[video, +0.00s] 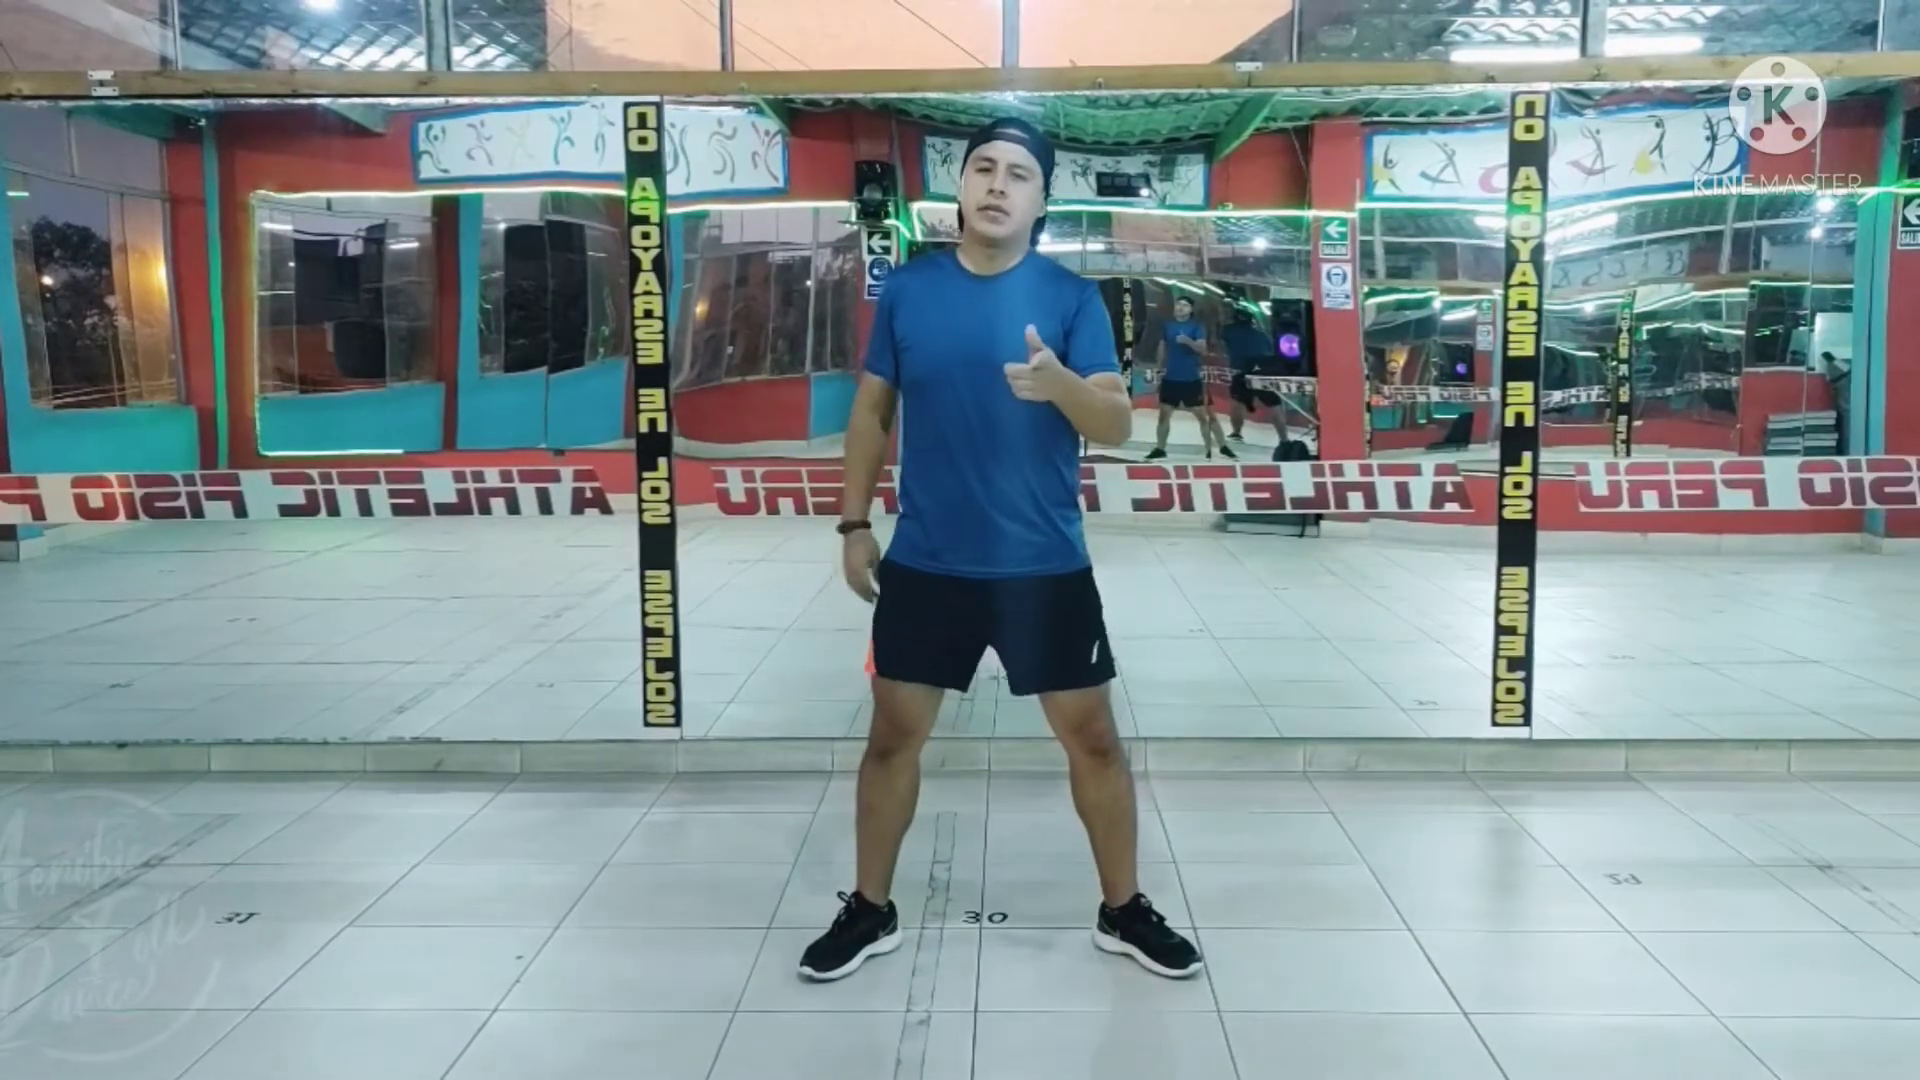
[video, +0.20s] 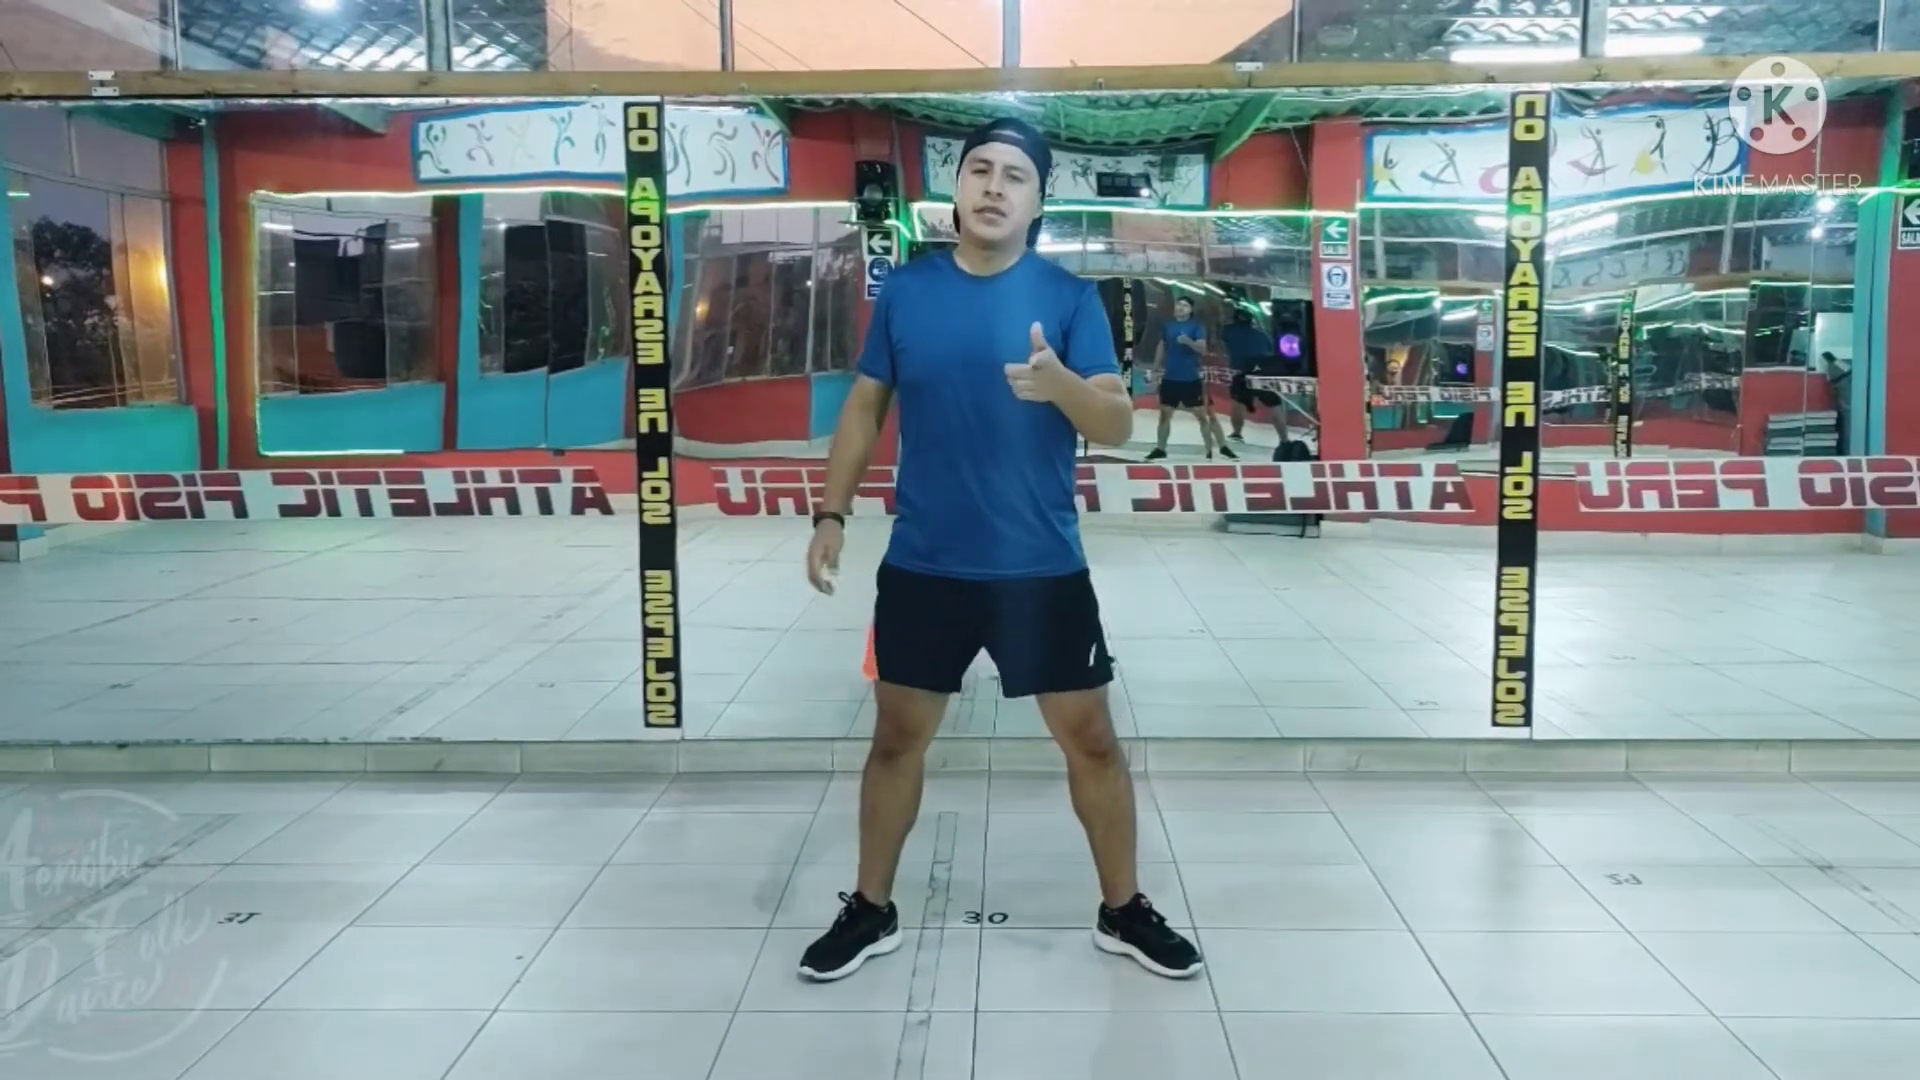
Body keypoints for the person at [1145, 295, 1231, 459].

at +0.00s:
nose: (1180, 308)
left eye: (1184, 305)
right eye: (1178, 305)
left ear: (1191, 309)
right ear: (1174, 308)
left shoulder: (1197, 327)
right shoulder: (1168, 326)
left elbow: (1203, 349)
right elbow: (1162, 347)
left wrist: (1189, 342)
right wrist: (1159, 367)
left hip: (1191, 378)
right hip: (1171, 377)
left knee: (1203, 416)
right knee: (1164, 414)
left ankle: (1209, 449)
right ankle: (1160, 447)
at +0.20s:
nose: (1180, 308)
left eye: (1184, 306)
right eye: (1178, 305)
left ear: (1191, 309)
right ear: (1174, 308)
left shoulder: (1197, 327)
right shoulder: (1168, 326)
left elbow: (1202, 349)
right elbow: (1161, 347)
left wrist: (1188, 342)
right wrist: (1155, 368)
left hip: (1191, 378)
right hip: (1170, 377)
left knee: (1202, 416)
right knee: (1164, 414)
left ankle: (1209, 449)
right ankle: (1160, 448)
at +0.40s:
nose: (1180, 308)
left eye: (1184, 306)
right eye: (1178, 305)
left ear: (1190, 309)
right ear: (1174, 308)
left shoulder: (1197, 327)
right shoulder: (1167, 326)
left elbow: (1203, 349)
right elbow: (1161, 347)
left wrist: (1189, 342)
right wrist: (1154, 369)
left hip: (1191, 379)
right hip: (1171, 378)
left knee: (1202, 416)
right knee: (1164, 415)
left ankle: (1210, 450)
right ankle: (1161, 448)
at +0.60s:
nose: (1181, 308)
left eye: (1184, 306)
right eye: (1179, 305)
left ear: (1191, 310)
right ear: (1175, 308)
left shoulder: (1197, 328)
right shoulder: (1167, 326)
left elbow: (1203, 349)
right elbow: (1161, 347)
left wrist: (1189, 343)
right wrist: (1156, 368)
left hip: (1192, 379)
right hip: (1171, 378)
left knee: (1202, 416)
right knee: (1165, 415)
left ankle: (1210, 450)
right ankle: (1161, 448)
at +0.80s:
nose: (1181, 309)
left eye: (1185, 306)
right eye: (1179, 306)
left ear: (1191, 310)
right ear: (1175, 308)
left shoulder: (1198, 328)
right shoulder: (1167, 327)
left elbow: (1203, 350)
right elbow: (1162, 347)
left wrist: (1190, 343)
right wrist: (1157, 368)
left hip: (1192, 379)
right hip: (1171, 378)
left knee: (1203, 416)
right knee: (1165, 415)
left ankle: (1210, 450)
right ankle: (1161, 448)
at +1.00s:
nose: (1181, 309)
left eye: (1185, 306)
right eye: (1179, 306)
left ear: (1191, 310)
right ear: (1175, 308)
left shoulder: (1198, 328)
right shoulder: (1167, 327)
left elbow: (1204, 350)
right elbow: (1162, 347)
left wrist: (1190, 343)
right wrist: (1157, 368)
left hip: (1192, 379)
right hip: (1172, 378)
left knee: (1203, 416)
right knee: (1165, 415)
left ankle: (1211, 450)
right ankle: (1162, 448)